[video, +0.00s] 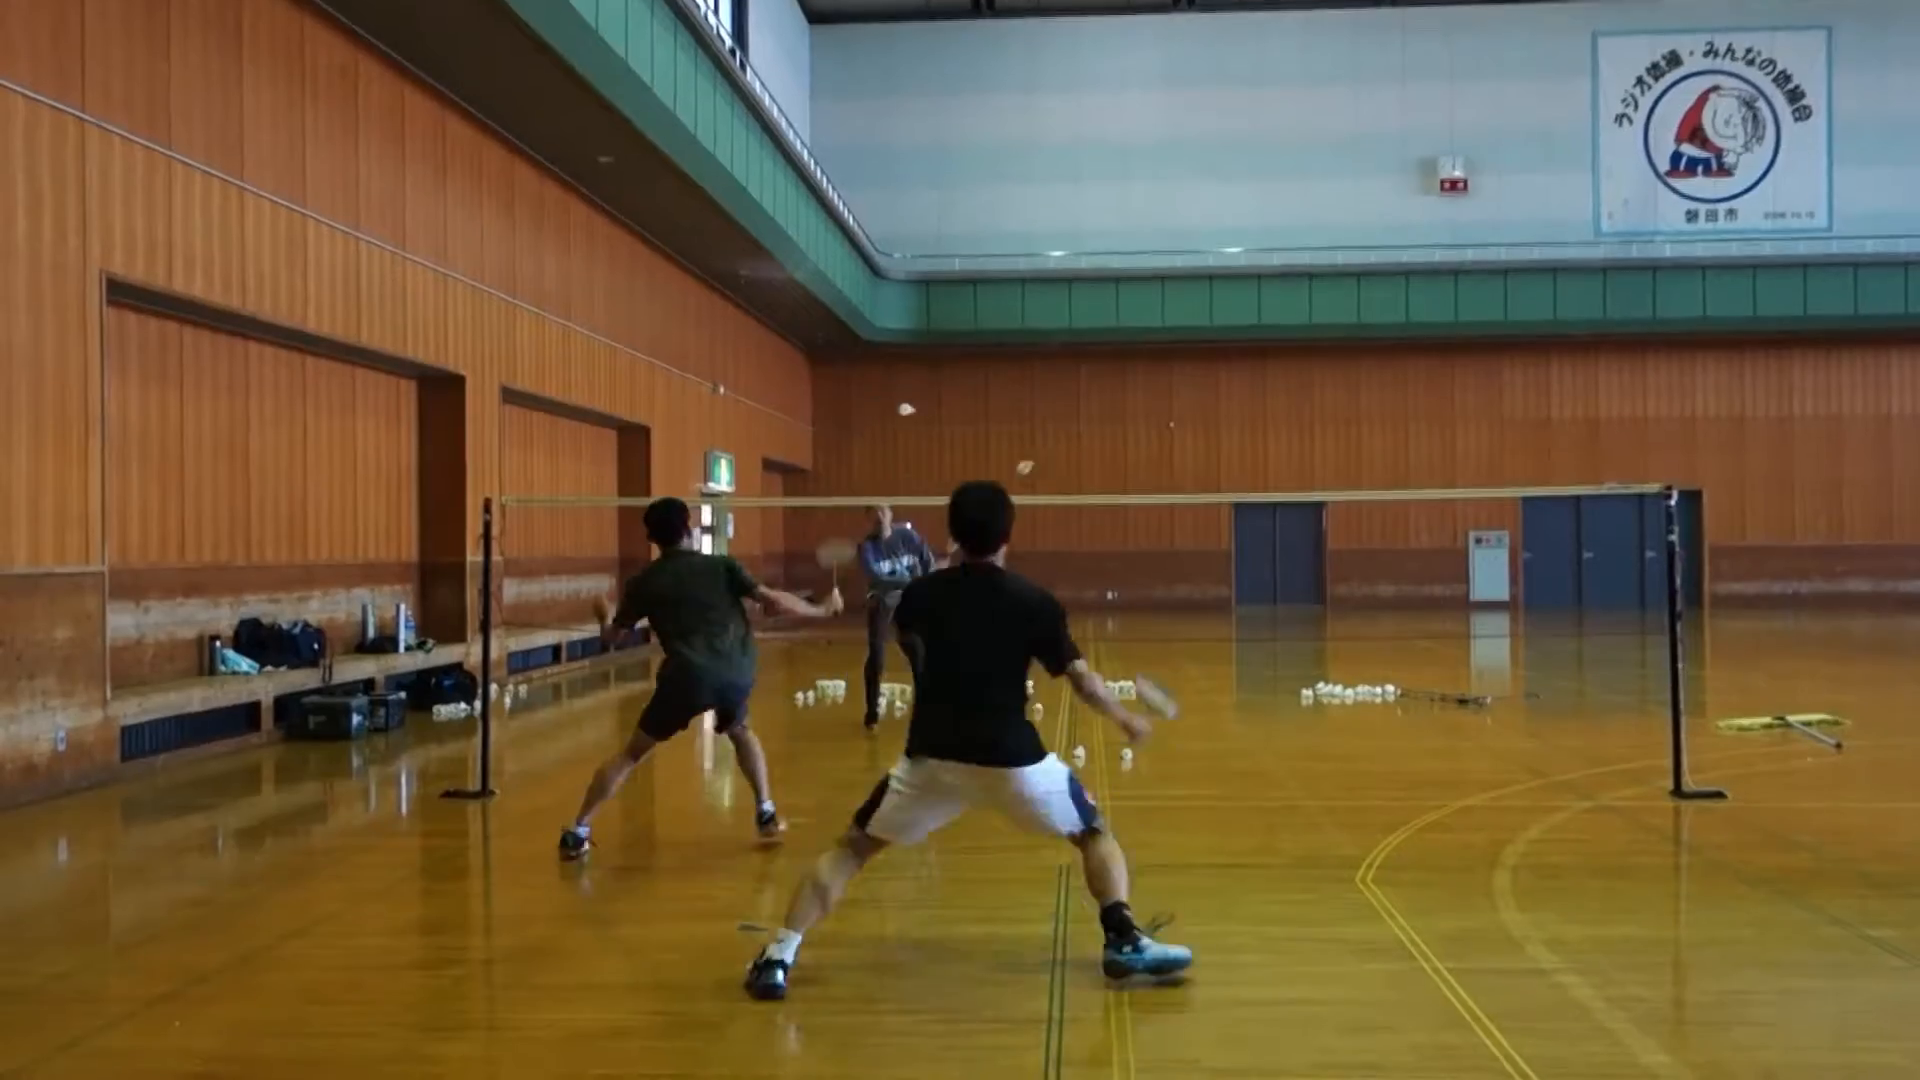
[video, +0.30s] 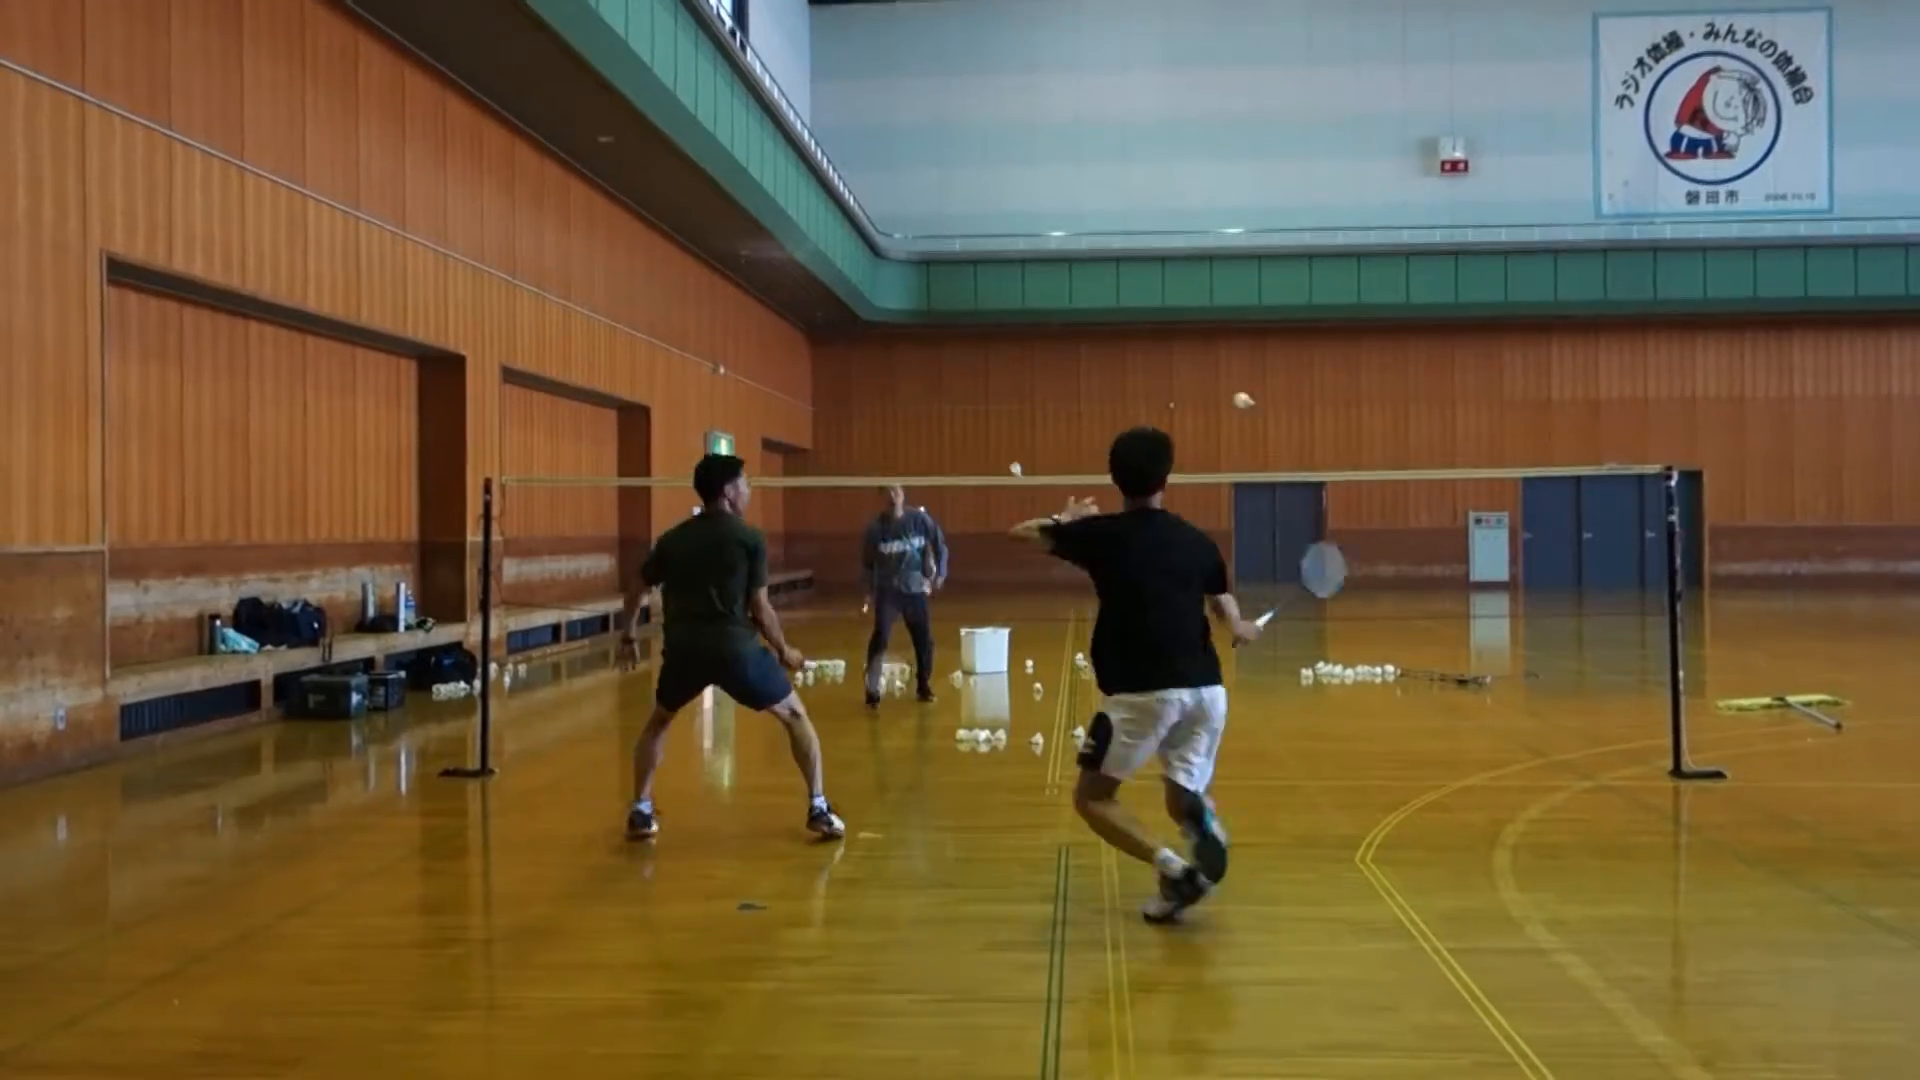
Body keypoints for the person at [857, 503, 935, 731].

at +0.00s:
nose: (880, 517)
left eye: (883, 512)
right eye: (875, 513)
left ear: (890, 514)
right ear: (870, 518)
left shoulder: (906, 534)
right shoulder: (868, 545)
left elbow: (927, 557)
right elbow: (873, 575)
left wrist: (927, 583)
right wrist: (907, 582)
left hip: (908, 598)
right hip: (882, 600)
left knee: (919, 655)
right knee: (876, 656)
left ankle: (925, 708)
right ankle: (872, 710)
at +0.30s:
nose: (893, 497)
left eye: (896, 492)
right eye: (888, 493)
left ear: (902, 494)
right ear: (882, 497)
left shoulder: (920, 520)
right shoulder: (876, 528)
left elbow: (940, 547)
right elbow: (868, 564)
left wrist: (940, 574)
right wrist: (867, 593)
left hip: (916, 589)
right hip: (887, 590)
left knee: (923, 640)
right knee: (880, 638)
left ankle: (924, 685)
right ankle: (872, 689)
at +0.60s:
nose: (870, 507)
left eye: (873, 502)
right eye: (866, 503)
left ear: (883, 502)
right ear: (864, 507)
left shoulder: (903, 522)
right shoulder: (862, 536)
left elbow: (895, 552)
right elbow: (861, 573)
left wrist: (859, 548)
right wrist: (854, 600)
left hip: (909, 591)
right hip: (882, 594)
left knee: (919, 642)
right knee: (875, 642)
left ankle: (923, 685)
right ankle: (873, 693)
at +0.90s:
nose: (861, 501)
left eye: (865, 496)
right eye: (858, 498)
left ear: (875, 498)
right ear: (856, 502)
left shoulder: (893, 517)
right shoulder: (858, 529)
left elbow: (908, 552)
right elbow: (853, 540)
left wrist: (896, 575)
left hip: (901, 588)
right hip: (875, 590)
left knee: (923, 637)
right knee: (871, 640)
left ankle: (937, 681)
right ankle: (871, 688)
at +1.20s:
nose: (872, 511)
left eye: (875, 506)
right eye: (868, 507)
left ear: (883, 508)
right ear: (864, 511)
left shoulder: (901, 531)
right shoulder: (859, 543)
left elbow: (916, 560)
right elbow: (857, 579)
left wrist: (895, 572)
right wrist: (859, 610)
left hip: (903, 603)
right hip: (876, 606)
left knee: (909, 654)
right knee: (873, 656)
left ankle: (909, 701)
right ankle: (872, 707)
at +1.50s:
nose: (874, 524)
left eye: (877, 518)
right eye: (871, 520)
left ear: (886, 520)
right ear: (869, 524)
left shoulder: (902, 542)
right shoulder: (874, 546)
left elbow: (904, 573)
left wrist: (871, 551)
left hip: (910, 613)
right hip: (884, 613)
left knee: (911, 667)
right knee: (877, 665)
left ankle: (908, 716)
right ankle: (877, 715)